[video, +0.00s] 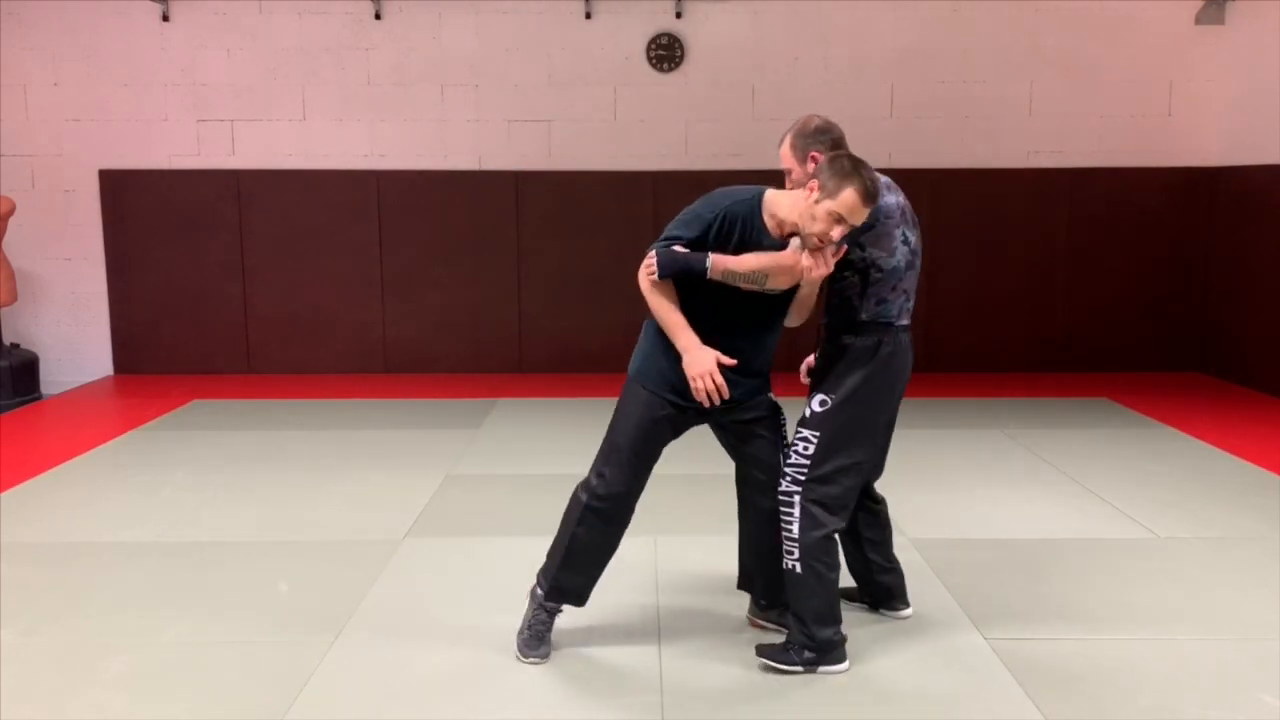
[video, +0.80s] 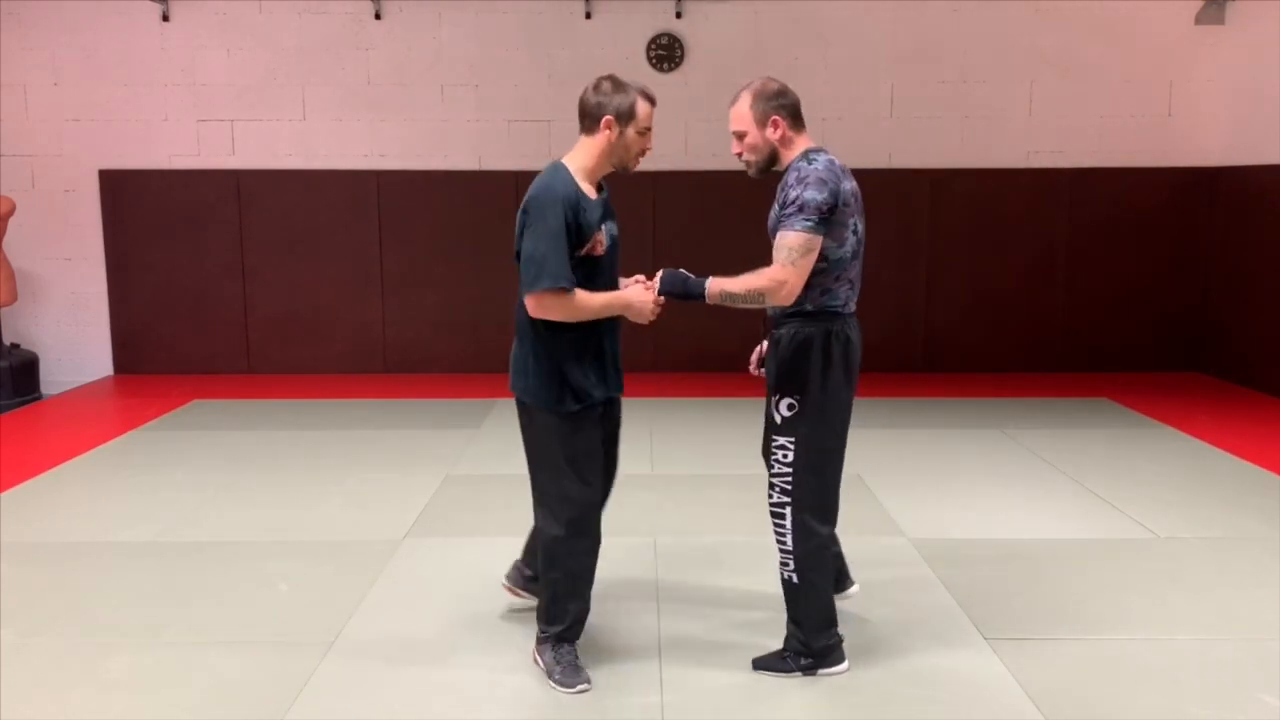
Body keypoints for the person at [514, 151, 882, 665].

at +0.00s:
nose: (838, 235)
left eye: (849, 228)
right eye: (837, 219)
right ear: (811, 189)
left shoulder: (806, 251)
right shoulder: (723, 211)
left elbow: (794, 320)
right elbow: (652, 274)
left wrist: (813, 280)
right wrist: (691, 347)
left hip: (743, 385)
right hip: (666, 375)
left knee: (775, 484)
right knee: (610, 487)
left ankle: (771, 601)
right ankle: (546, 601)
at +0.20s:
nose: (811, 210)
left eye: (821, 200)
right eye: (806, 194)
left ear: (826, 194)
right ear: (776, 167)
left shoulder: (792, 232)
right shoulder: (695, 203)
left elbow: (786, 310)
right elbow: (635, 282)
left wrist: (810, 290)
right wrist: (703, 334)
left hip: (734, 380)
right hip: (659, 373)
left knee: (761, 482)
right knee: (613, 489)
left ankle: (769, 598)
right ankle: (557, 611)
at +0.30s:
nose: (778, 198)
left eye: (784, 187)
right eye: (772, 184)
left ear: (747, 170)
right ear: (736, 164)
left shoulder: (757, 222)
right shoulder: (660, 209)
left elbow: (765, 292)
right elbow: (622, 302)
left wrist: (789, 321)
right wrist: (711, 334)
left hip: (721, 384)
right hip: (649, 384)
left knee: (758, 484)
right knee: (614, 503)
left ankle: (769, 598)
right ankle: (561, 632)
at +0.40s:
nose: (737, 190)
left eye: (741, 178)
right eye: (729, 177)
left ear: (702, 169)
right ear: (691, 166)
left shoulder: (709, 222)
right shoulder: (621, 225)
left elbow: (716, 293)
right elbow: (616, 328)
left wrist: (748, 324)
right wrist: (710, 339)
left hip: (698, 386)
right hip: (630, 394)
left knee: (741, 493)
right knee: (620, 514)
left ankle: (768, 599)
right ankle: (560, 637)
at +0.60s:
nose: (681, 168)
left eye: (684, 155)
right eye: (676, 155)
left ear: (639, 148)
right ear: (638, 148)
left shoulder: (633, 198)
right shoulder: (576, 222)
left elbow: (633, 288)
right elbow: (581, 333)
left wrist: (665, 311)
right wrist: (661, 327)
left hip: (637, 375)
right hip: (586, 388)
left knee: (672, 481)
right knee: (600, 514)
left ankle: (682, 589)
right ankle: (559, 638)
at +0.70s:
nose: (661, 151)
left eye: (663, 139)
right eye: (657, 139)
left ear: (621, 133)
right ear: (622, 133)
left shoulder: (607, 191)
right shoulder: (565, 205)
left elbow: (607, 284)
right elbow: (561, 315)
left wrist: (644, 297)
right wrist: (637, 309)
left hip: (619, 377)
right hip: (573, 387)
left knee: (633, 483)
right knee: (584, 513)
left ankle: (608, 583)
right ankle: (557, 638)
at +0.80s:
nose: (650, 142)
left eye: (651, 130)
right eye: (644, 130)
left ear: (608, 128)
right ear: (609, 128)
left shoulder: (592, 190)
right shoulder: (551, 197)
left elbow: (590, 279)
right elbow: (542, 302)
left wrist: (627, 295)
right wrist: (621, 300)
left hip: (592, 376)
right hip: (554, 384)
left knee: (589, 490)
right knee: (571, 511)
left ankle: (531, 570)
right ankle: (558, 638)